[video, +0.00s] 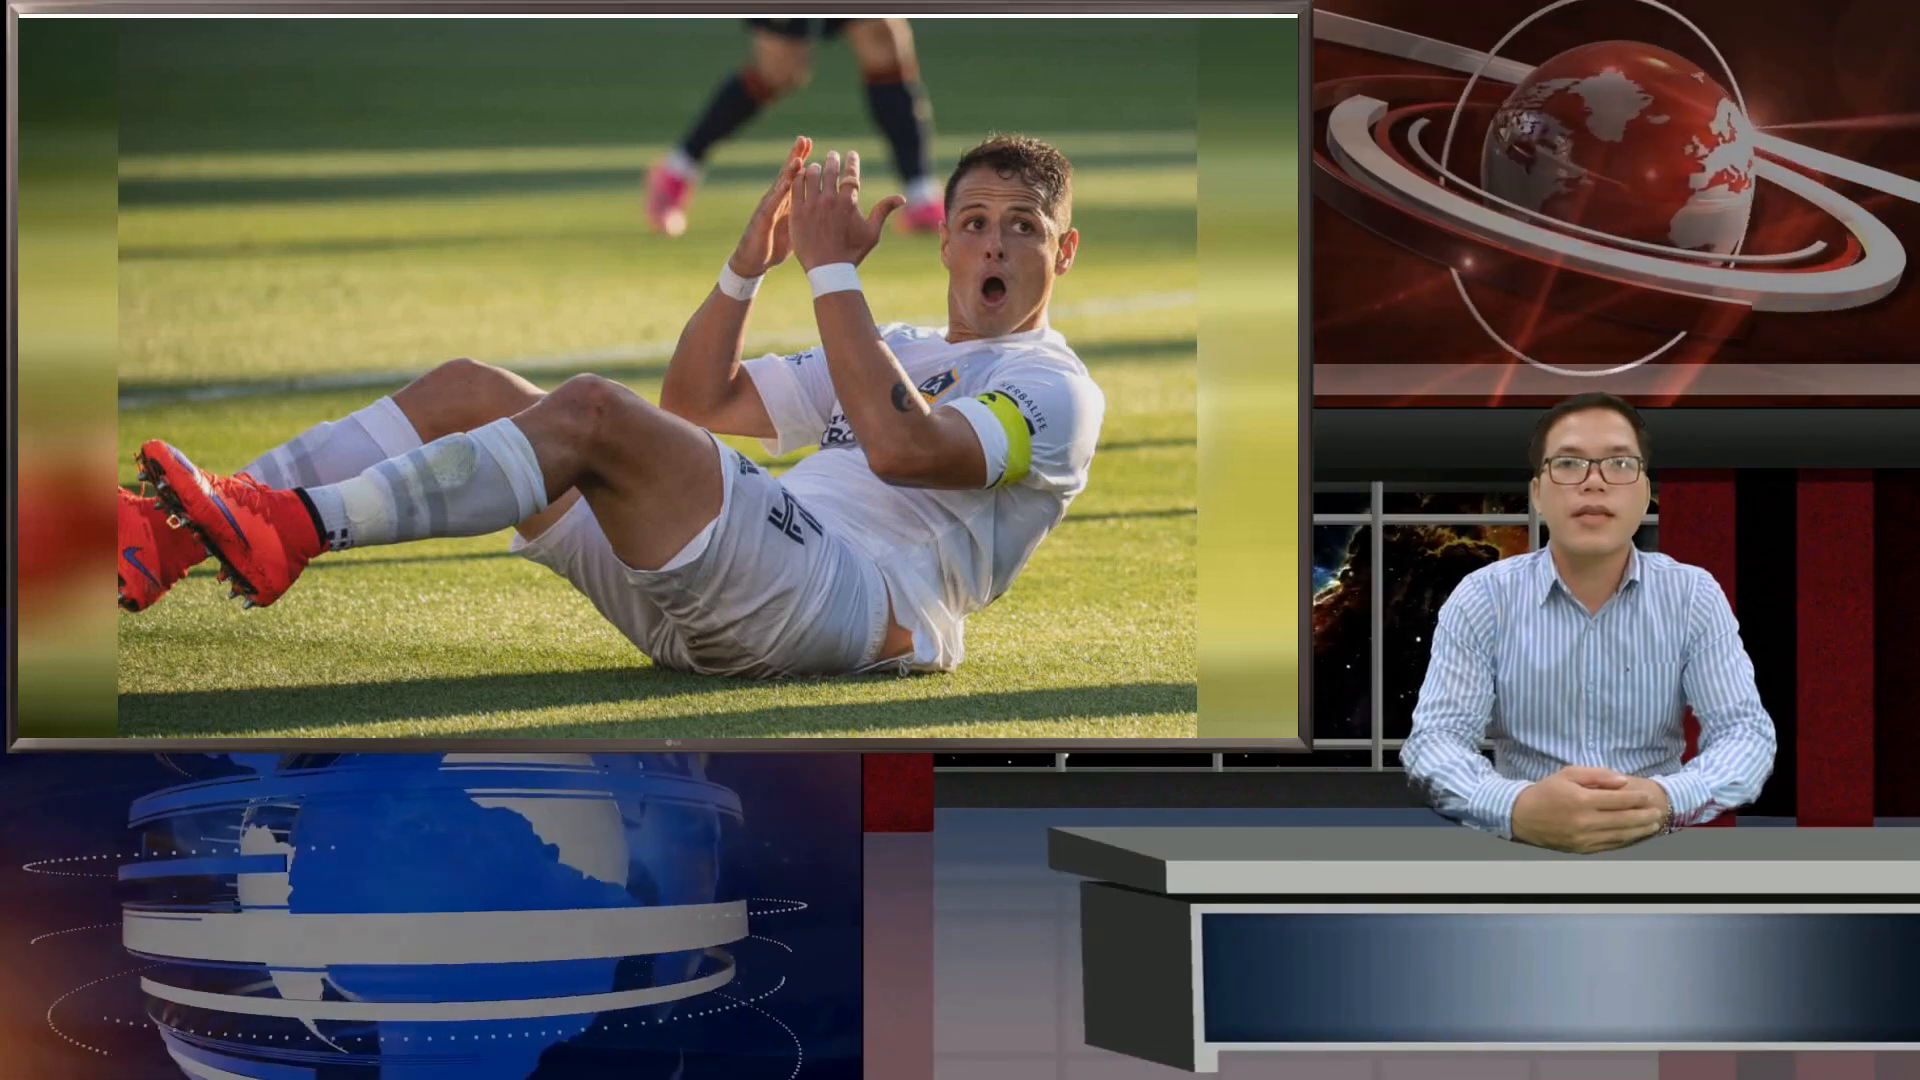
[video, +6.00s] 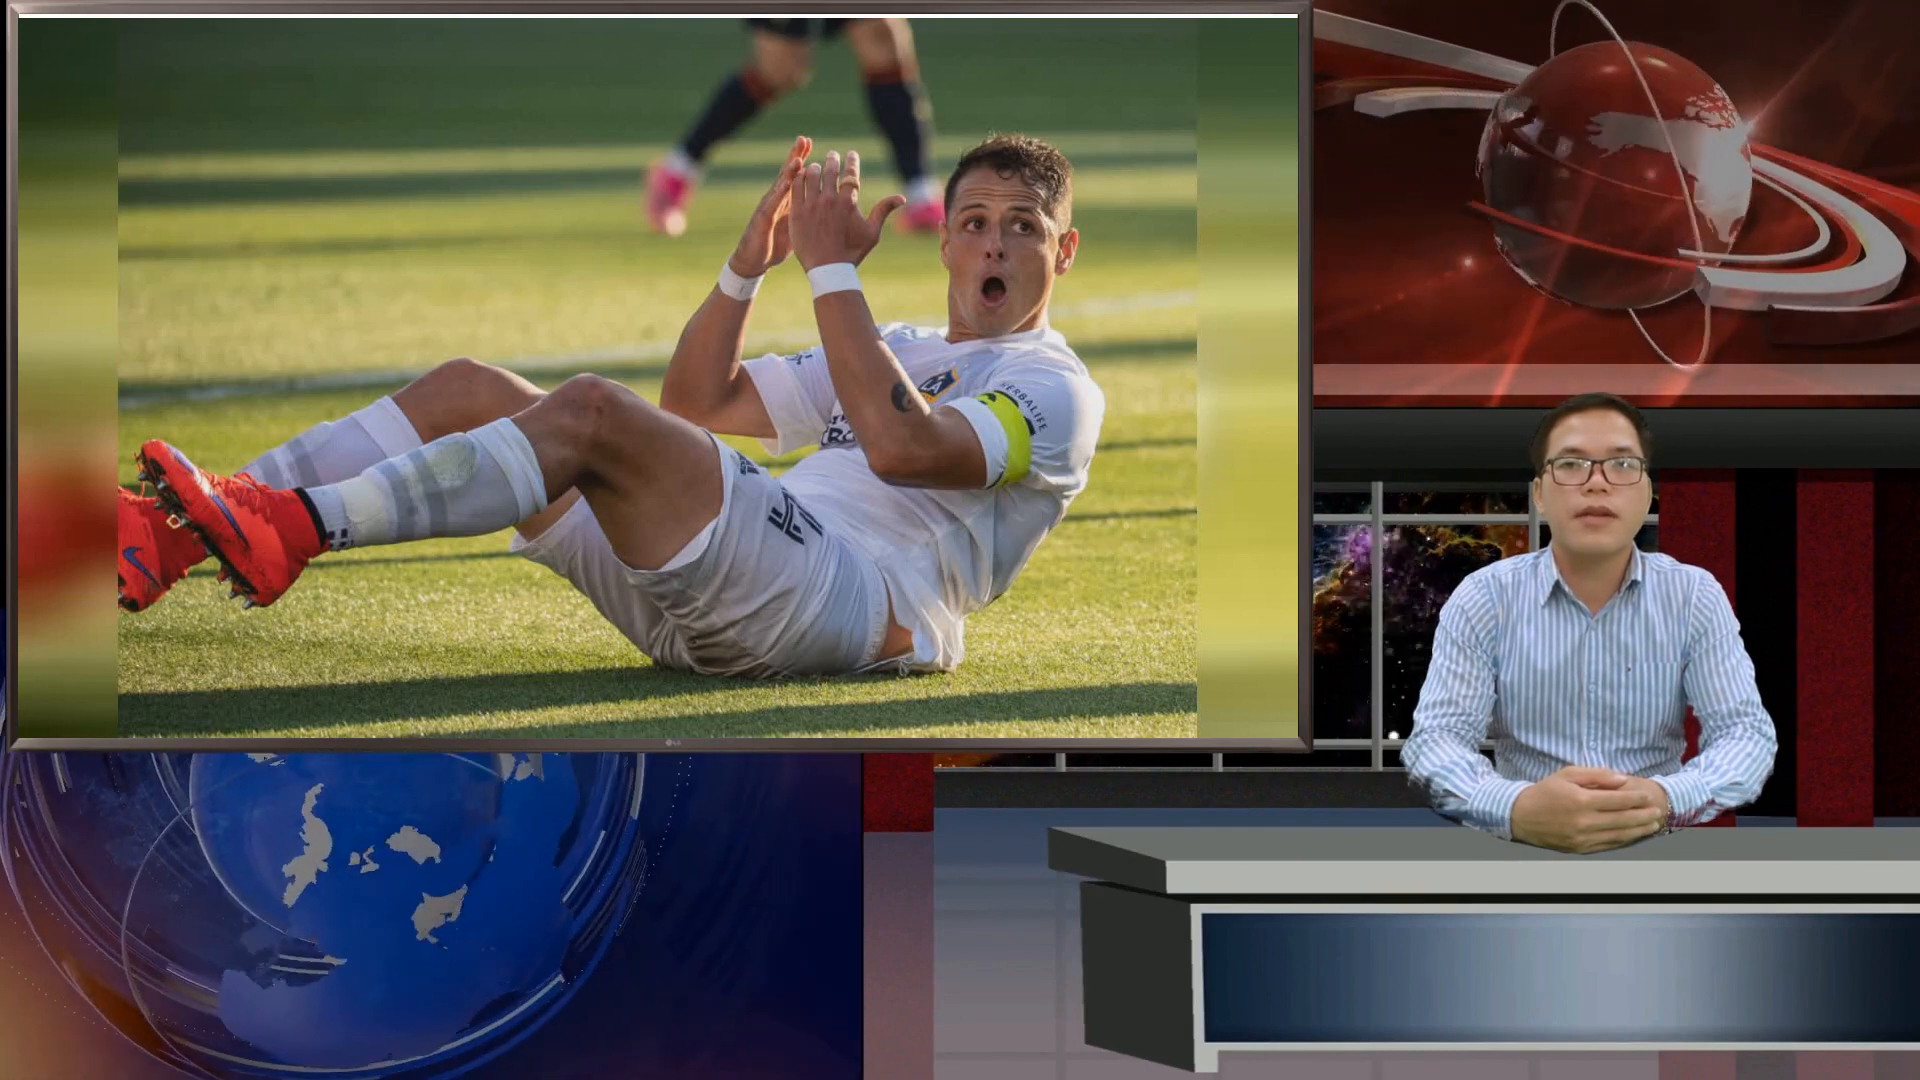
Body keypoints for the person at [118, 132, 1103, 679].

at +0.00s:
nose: (995, 246)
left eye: (1022, 230)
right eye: (976, 224)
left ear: (1065, 258)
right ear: (943, 240)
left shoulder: (1055, 389)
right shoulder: (892, 357)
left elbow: (902, 447)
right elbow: (695, 404)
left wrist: (833, 270)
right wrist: (746, 270)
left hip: (840, 602)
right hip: (733, 571)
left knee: (592, 413)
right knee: (468, 389)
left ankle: (299, 525)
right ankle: (179, 539)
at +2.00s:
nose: (995, 246)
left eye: (1022, 230)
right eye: (976, 224)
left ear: (1065, 257)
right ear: (942, 241)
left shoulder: (1055, 389)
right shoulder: (892, 358)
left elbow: (902, 447)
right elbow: (695, 404)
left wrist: (833, 270)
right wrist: (747, 270)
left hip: (840, 603)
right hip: (732, 573)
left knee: (593, 413)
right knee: (468, 389)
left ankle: (299, 525)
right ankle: (180, 538)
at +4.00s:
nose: (996, 246)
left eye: (1023, 230)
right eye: (976, 223)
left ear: (1066, 257)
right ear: (943, 241)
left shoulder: (1056, 389)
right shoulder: (892, 358)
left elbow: (901, 447)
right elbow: (695, 405)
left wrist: (833, 268)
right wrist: (747, 269)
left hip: (840, 604)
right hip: (732, 572)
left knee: (593, 413)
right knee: (468, 389)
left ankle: (300, 524)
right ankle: (175, 541)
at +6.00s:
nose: (995, 246)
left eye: (1022, 230)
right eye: (975, 224)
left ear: (1065, 257)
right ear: (942, 242)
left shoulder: (1054, 389)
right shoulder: (893, 359)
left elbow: (901, 447)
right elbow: (695, 404)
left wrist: (833, 270)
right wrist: (746, 270)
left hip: (842, 602)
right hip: (734, 572)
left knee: (592, 413)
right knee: (468, 389)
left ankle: (299, 524)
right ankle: (173, 542)